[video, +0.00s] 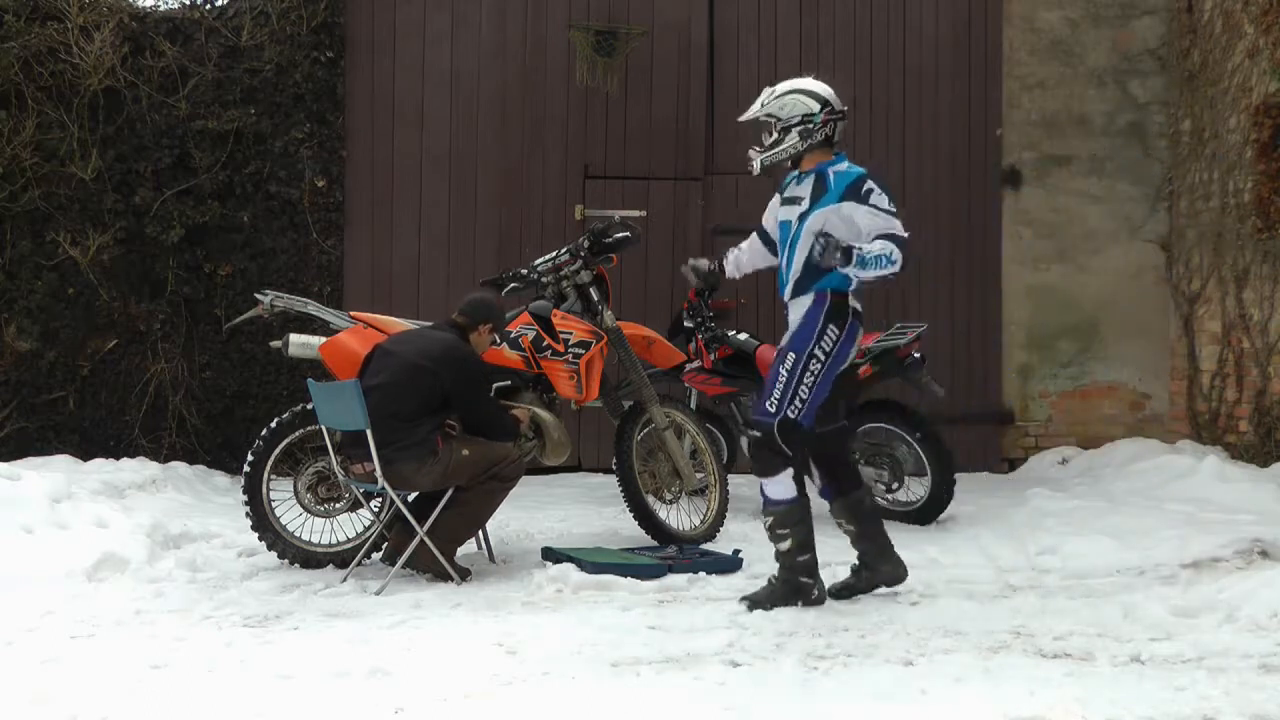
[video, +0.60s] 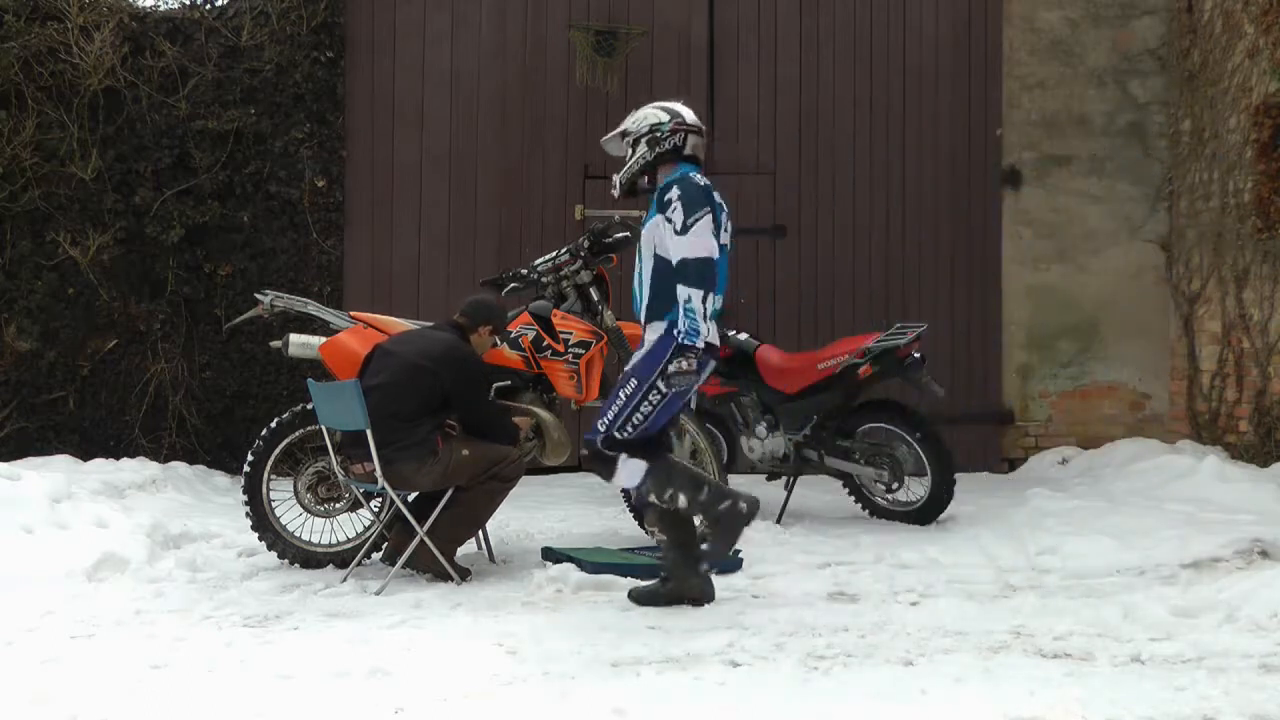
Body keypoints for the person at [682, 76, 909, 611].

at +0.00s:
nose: (765, 139)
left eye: (774, 128)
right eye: (765, 129)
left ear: (806, 128)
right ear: (802, 131)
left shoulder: (851, 182)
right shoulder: (789, 192)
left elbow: (891, 250)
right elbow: (764, 245)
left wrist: (848, 265)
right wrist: (720, 267)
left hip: (829, 317)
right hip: (803, 318)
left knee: (768, 434)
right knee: (823, 440)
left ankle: (797, 575)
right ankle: (878, 558)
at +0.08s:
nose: (752, 150)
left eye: (759, 140)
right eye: (752, 141)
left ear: (788, 142)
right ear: (787, 144)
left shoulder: (829, 193)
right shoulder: (774, 200)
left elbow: (858, 261)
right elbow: (761, 274)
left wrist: (815, 230)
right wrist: (733, 323)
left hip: (813, 327)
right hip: (782, 329)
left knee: (762, 447)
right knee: (779, 444)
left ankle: (799, 577)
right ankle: (857, 533)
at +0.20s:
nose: (725, 173)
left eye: (731, 162)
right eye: (724, 165)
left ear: (760, 156)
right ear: (758, 159)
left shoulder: (800, 196)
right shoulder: (762, 204)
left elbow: (789, 256)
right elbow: (766, 278)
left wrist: (746, 202)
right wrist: (736, 338)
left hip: (790, 335)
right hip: (754, 333)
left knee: (752, 456)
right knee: (700, 435)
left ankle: (800, 579)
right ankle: (795, 481)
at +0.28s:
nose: (699, 157)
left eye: (706, 145)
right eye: (697, 148)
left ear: (737, 141)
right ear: (734, 145)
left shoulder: (772, 184)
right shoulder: (741, 190)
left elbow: (749, 239)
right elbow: (754, 261)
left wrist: (687, 205)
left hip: (773, 326)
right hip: (736, 324)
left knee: (746, 456)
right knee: (672, 406)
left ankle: (801, 577)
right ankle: (736, 487)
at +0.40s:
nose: (672, 138)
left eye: (678, 126)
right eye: (671, 127)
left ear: (706, 122)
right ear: (718, 123)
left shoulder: (725, 163)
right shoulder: (749, 168)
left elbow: (704, 225)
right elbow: (792, 243)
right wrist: (735, 271)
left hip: (733, 312)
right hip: (707, 310)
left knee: (728, 440)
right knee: (659, 411)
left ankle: (795, 570)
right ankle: (688, 545)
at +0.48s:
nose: (656, 140)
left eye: (664, 129)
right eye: (658, 130)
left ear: (689, 127)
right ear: (704, 129)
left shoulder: (700, 172)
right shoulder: (726, 174)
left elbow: (693, 244)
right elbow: (768, 244)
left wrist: (673, 327)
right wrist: (717, 255)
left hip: (705, 323)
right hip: (700, 322)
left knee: (686, 451)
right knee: (658, 442)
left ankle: (782, 556)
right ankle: (686, 571)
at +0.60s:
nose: (626, 158)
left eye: (631, 147)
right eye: (626, 147)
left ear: (654, 143)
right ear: (674, 145)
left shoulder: (680, 190)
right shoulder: (703, 196)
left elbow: (695, 269)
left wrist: (687, 347)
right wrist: (629, 233)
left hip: (671, 346)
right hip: (689, 348)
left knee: (601, 448)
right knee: (647, 448)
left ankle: (718, 507)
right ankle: (684, 573)